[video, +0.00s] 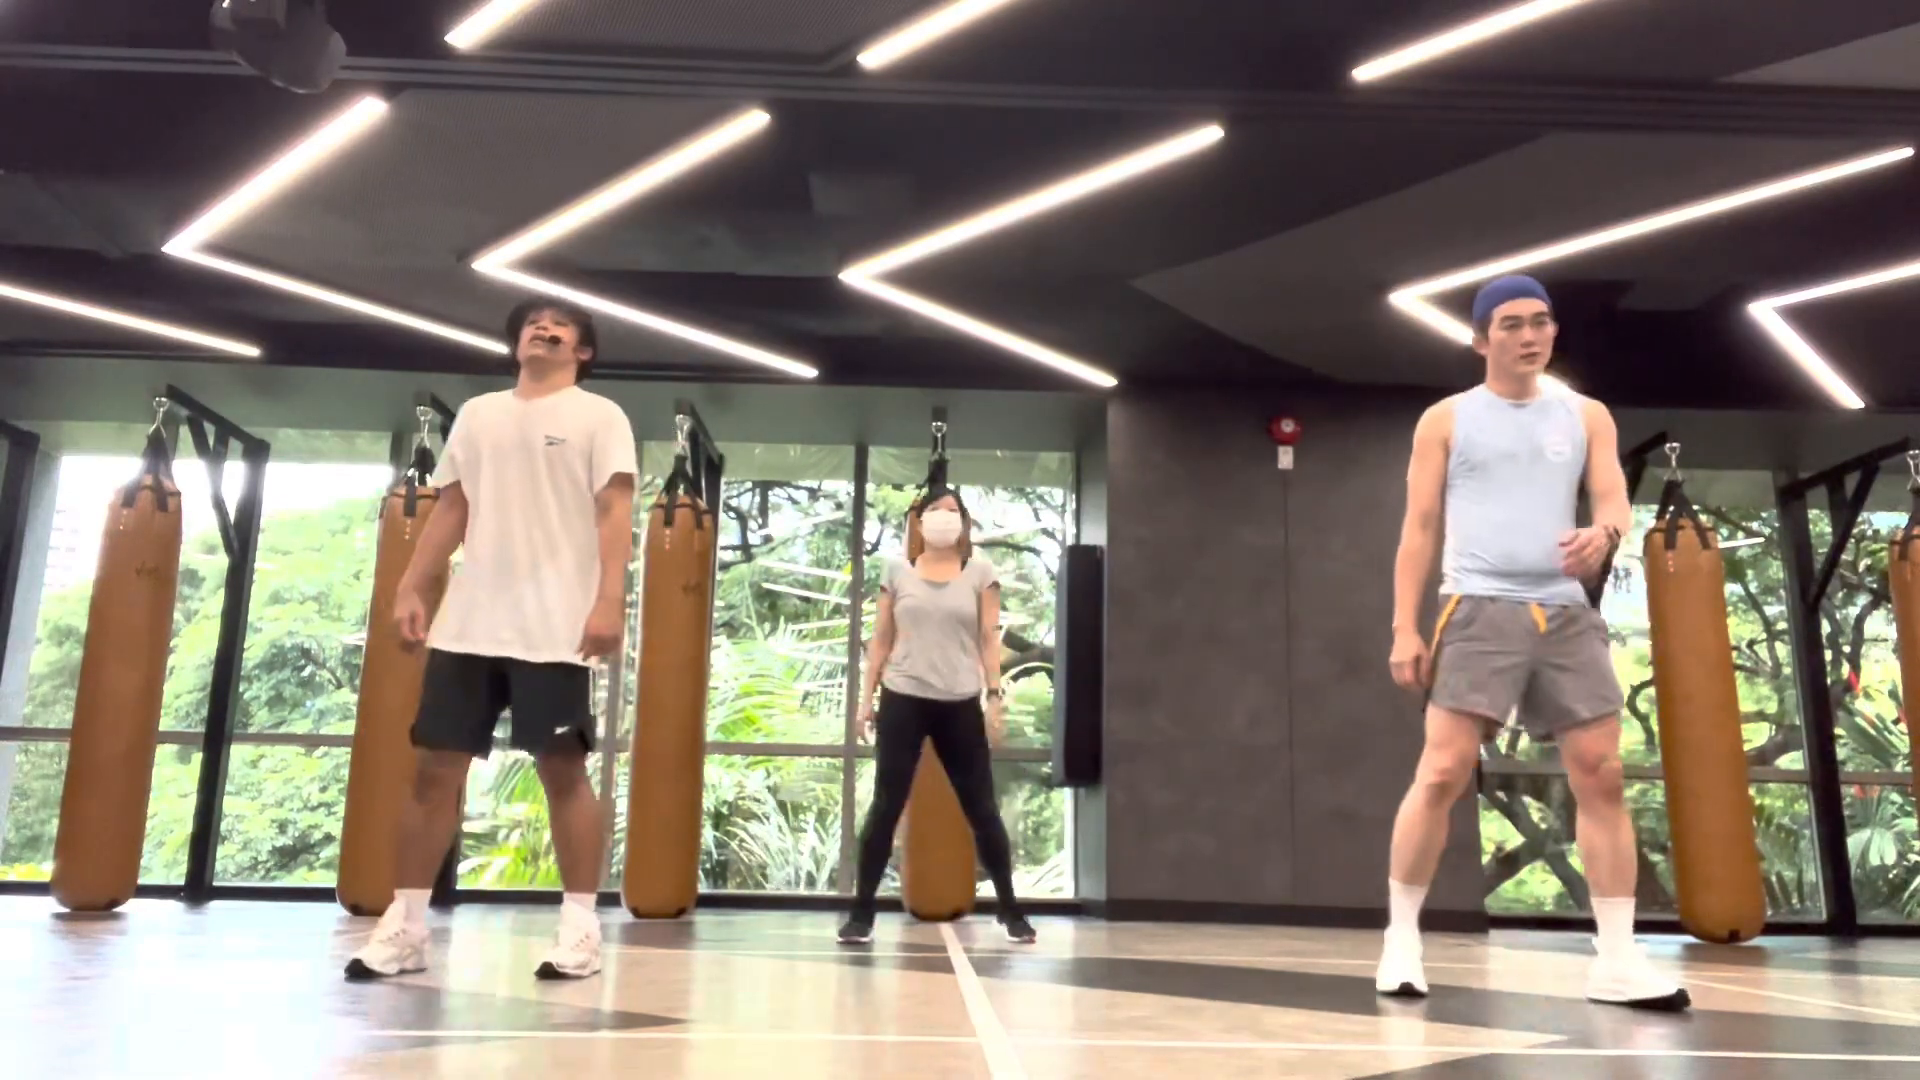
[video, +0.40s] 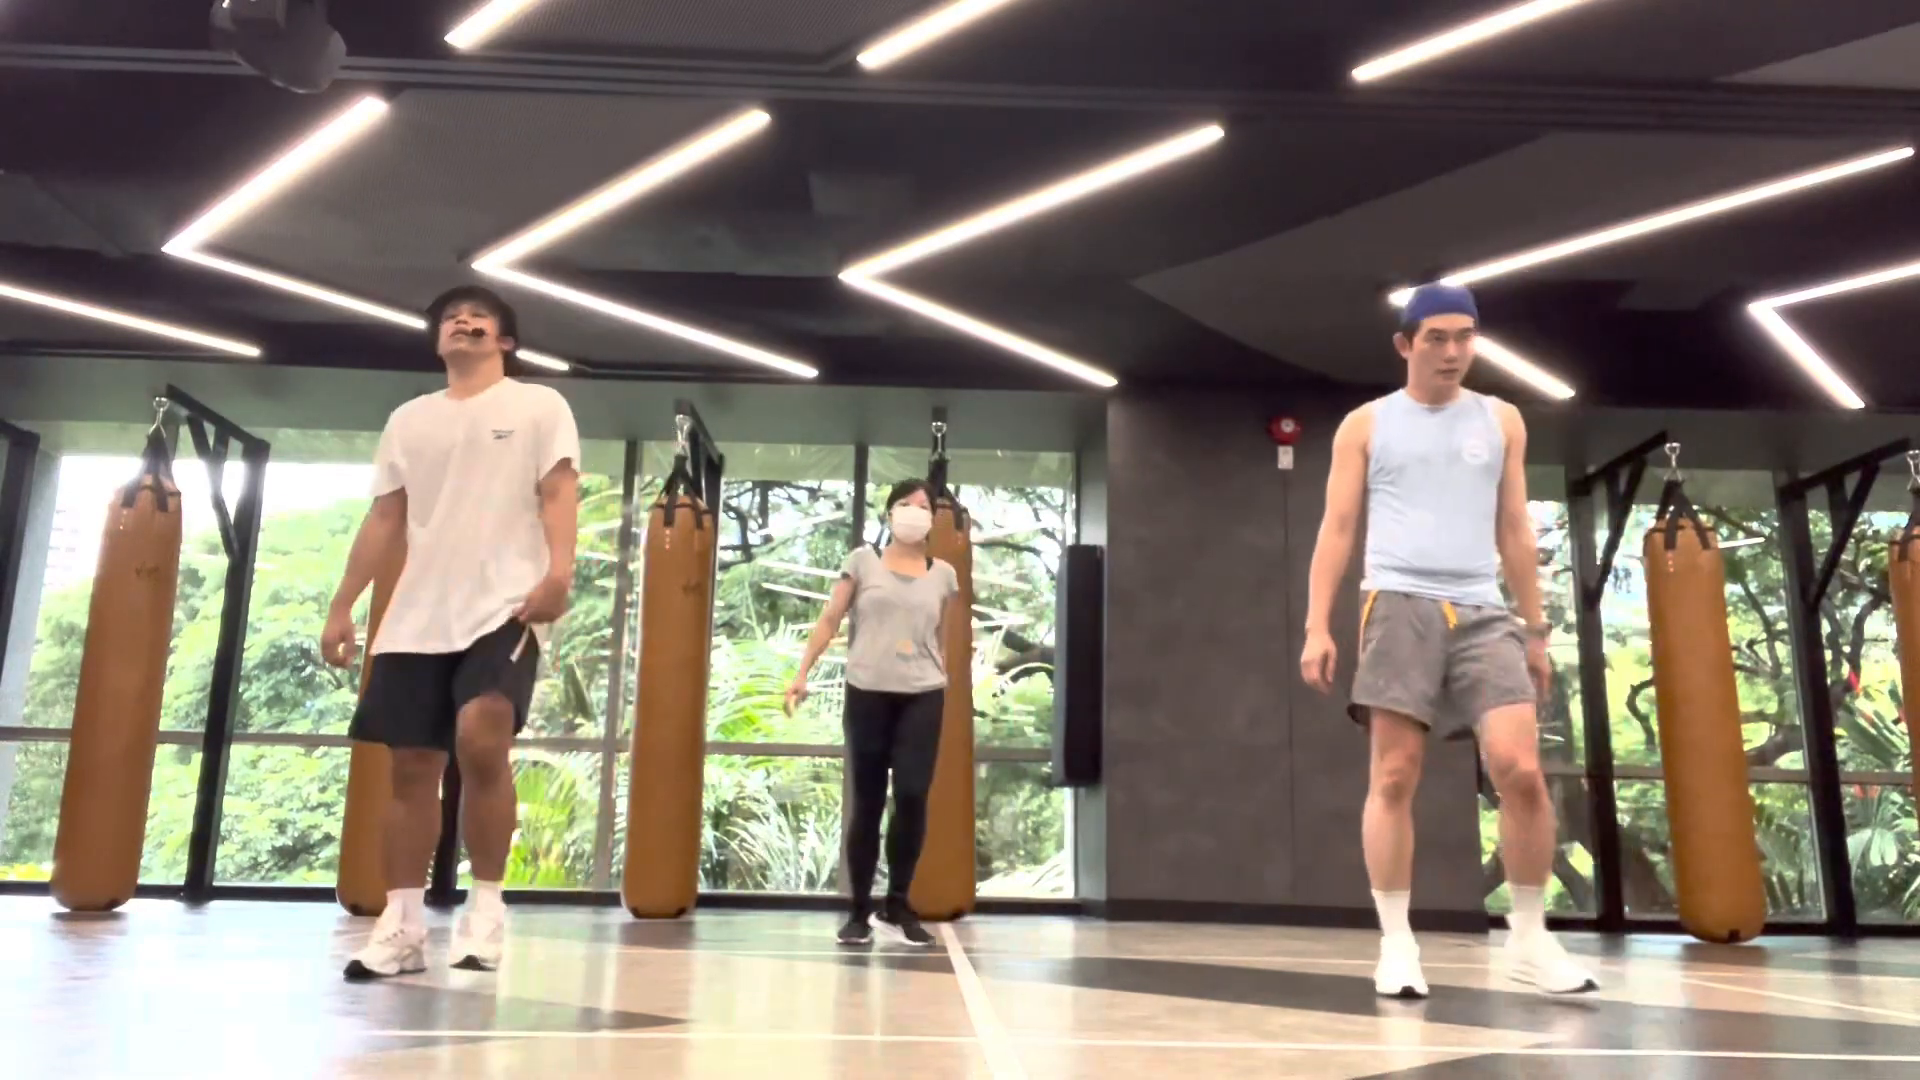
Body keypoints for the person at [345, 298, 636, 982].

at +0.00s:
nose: (543, 332)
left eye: (559, 328)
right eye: (532, 325)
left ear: (582, 355)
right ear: (514, 345)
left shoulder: (600, 416)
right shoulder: (478, 413)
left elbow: (615, 511)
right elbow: (451, 506)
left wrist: (610, 601)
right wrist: (411, 585)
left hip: (555, 626)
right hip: (469, 621)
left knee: (564, 772)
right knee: (435, 770)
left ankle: (581, 929)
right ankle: (405, 928)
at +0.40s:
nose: (464, 324)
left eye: (480, 317)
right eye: (452, 317)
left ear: (506, 341)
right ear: (435, 341)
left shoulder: (540, 405)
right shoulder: (408, 420)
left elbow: (559, 493)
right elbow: (384, 523)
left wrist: (560, 574)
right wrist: (342, 606)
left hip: (503, 610)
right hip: (416, 616)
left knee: (481, 735)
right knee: (412, 765)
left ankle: (486, 912)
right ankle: (404, 926)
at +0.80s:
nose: (491, 326)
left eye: (506, 319)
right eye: (478, 319)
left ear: (530, 345)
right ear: (458, 343)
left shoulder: (559, 408)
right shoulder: (429, 423)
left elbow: (575, 499)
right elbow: (405, 519)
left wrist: (553, 570)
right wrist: (381, 589)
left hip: (521, 616)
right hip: (434, 623)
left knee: (533, 749)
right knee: (425, 771)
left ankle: (575, 905)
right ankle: (404, 926)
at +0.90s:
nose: (512, 332)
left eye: (527, 327)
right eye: (499, 325)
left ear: (550, 353)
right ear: (478, 350)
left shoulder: (578, 411)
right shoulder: (449, 428)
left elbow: (593, 501)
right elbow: (425, 522)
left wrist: (568, 579)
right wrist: (394, 593)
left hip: (536, 625)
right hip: (450, 629)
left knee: (557, 769)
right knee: (433, 776)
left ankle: (598, 929)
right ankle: (405, 930)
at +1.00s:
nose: (538, 334)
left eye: (553, 330)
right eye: (525, 328)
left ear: (574, 355)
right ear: (505, 351)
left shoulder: (605, 412)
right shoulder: (479, 426)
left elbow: (616, 502)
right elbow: (452, 527)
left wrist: (593, 584)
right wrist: (418, 600)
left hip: (562, 626)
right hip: (473, 628)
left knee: (574, 769)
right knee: (441, 773)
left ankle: (598, 933)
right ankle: (406, 929)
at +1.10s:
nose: (565, 330)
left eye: (580, 326)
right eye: (551, 324)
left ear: (599, 352)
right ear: (530, 346)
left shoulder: (627, 415)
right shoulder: (501, 425)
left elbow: (644, 506)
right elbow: (483, 527)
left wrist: (627, 587)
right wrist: (444, 607)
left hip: (583, 627)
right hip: (497, 624)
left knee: (587, 773)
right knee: (443, 762)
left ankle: (600, 932)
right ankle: (417, 922)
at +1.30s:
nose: (593, 323)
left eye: (607, 319)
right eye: (581, 315)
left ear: (626, 348)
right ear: (558, 341)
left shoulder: (647, 412)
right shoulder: (525, 416)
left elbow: (670, 501)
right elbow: (506, 517)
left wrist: (666, 589)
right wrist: (475, 597)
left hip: (603, 617)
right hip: (517, 615)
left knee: (594, 764)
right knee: (471, 740)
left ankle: (601, 927)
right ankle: (514, 894)